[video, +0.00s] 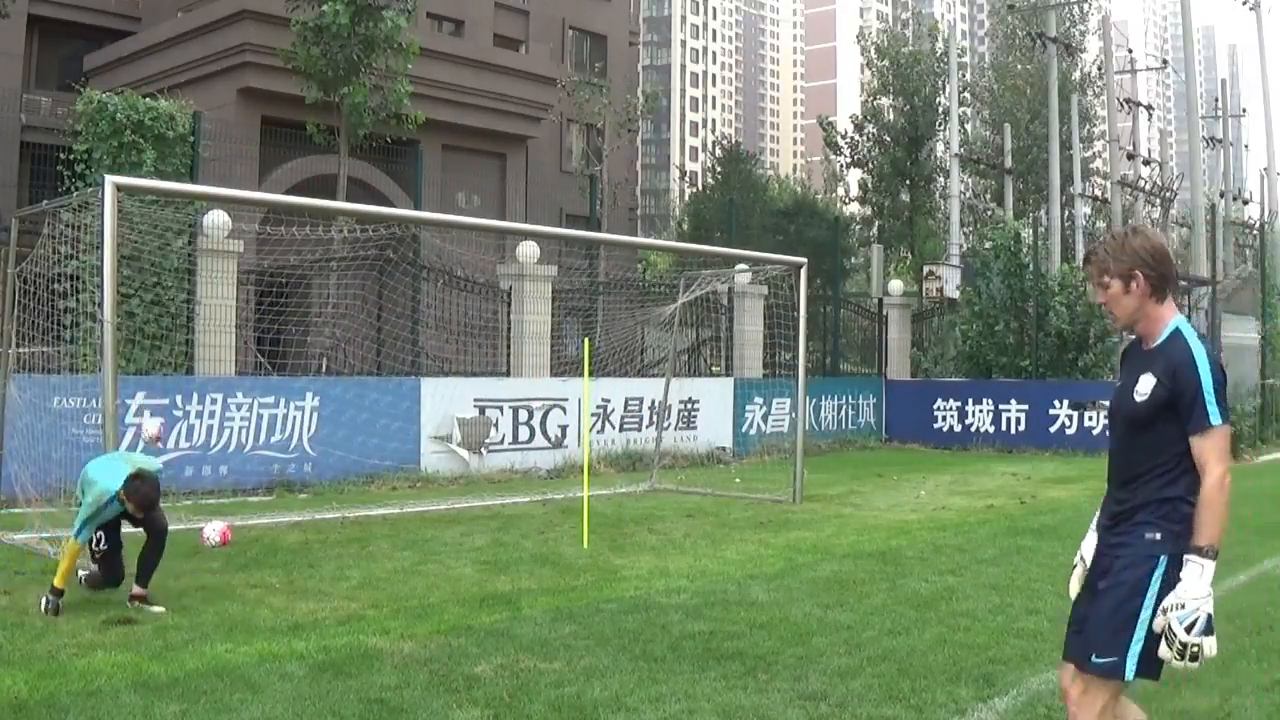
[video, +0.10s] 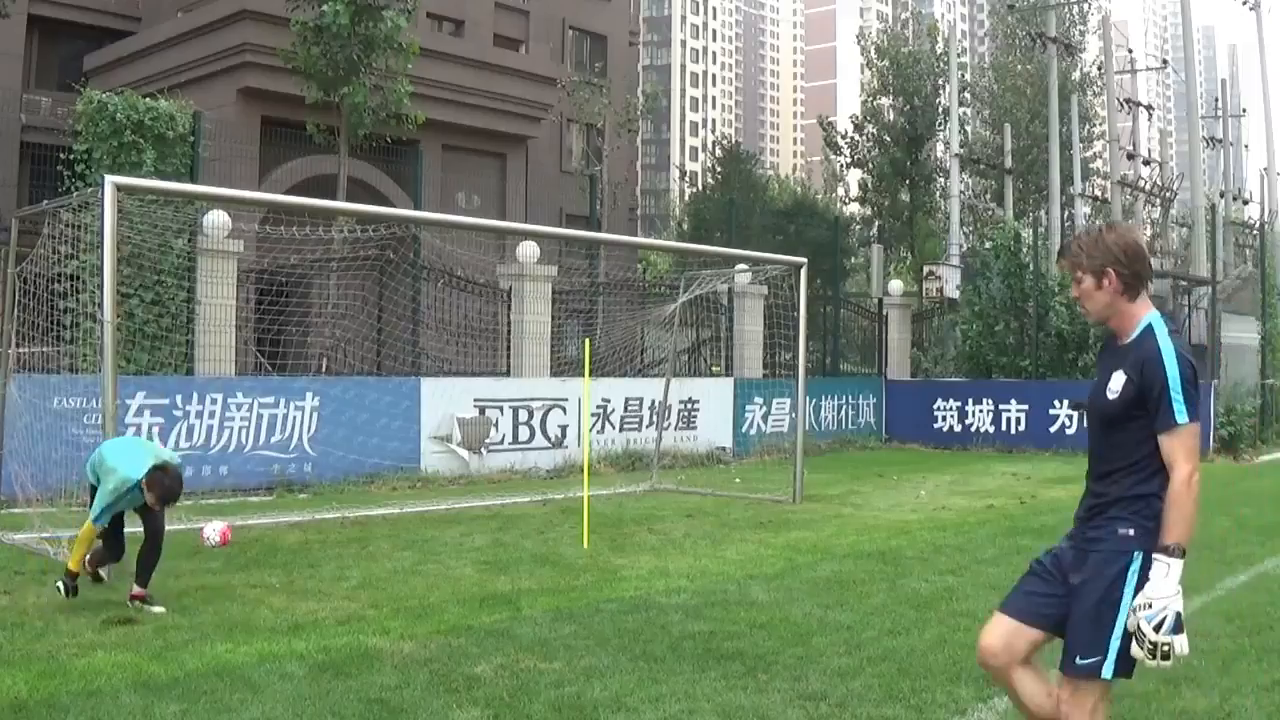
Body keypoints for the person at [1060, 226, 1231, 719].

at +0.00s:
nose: (1098, 299)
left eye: (1104, 287)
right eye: (1096, 287)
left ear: (1139, 283)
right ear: (1133, 286)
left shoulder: (1190, 356)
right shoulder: (1136, 351)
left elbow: (1217, 473)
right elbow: (1131, 462)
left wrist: (1198, 575)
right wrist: (1098, 531)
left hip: (1155, 543)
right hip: (1118, 537)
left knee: (1090, 695)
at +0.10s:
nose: (1073, 295)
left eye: (1079, 282)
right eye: (1072, 283)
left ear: (1111, 281)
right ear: (1107, 284)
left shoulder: (1161, 355)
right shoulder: (1116, 346)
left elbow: (1186, 472)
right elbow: (1123, 457)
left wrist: (1166, 577)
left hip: (1128, 547)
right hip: (1085, 537)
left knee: (1078, 703)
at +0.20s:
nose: (1058, 287)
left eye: (1063, 276)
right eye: (1058, 276)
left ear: (1095, 278)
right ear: (1093, 279)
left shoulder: (1146, 351)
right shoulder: (1108, 341)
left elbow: (1171, 468)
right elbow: (1114, 454)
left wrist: (1144, 570)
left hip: (1112, 547)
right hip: (1069, 534)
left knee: (1080, 705)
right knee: (967, 623)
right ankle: (997, 715)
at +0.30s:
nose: (1041, 286)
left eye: (1045, 273)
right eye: (1040, 274)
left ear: (1076, 277)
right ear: (1079, 278)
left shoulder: (1130, 352)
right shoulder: (1093, 342)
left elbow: (1152, 471)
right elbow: (1099, 456)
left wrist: (1112, 570)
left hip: (1097, 552)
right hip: (1055, 537)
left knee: (1074, 705)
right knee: (948, 620)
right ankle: (920, 716)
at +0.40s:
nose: (1034, 289)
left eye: (1038, 276)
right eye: (1033, 277)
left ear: (1069, 277)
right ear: (1072, 278)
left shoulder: (1123, 351)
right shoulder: (1087, 342)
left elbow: (1142, 470)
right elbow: (1092, 457)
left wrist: (1097, 566)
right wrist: (1054, 530)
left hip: (1093, 548)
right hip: (1050, 536)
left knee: (1067, 704)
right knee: (946, 633)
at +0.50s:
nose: (1023, 296)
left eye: (1026, 282)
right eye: (1020, 284)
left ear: (1058, 274)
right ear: (1057, 276)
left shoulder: (1114, 345)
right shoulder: (1077, 337)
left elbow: (1136, 463)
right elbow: (1086, 450)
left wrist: (1091, 553)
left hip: (1091, 542)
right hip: (1048, 528)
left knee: (1065, 700)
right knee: (943, 622)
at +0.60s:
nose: (1016, 302)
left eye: (1017, 289)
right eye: (1012, 291)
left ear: (1049, 278)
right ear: (1050, 277)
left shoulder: (1108, 344)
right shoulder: (1071, 334)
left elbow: (1131, 465)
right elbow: (1087, 448)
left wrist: (1086, 557)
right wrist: (1055, 519)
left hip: (1093, 540)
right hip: (1050, 526)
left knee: (1054, 702)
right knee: (954, 631)